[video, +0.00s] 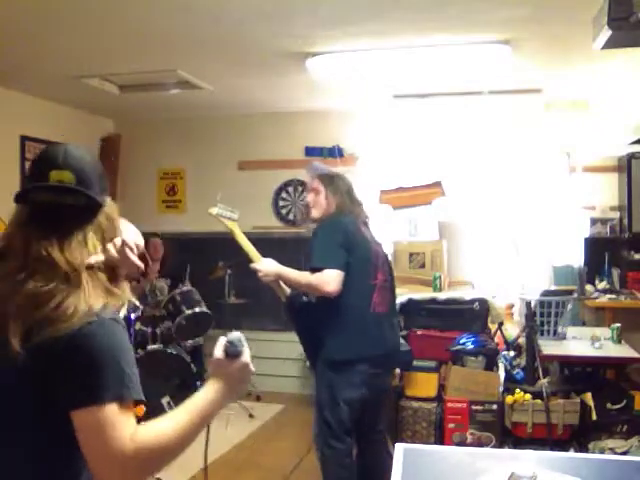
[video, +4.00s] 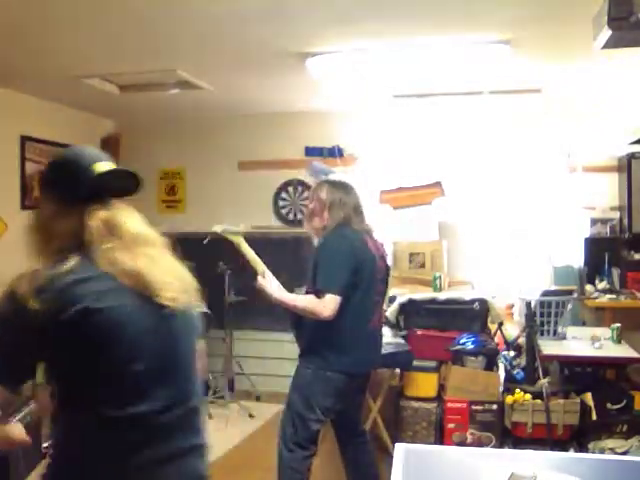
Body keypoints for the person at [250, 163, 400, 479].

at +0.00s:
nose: (307, 199)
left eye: (314, 192)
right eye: (308, 192)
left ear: (333, 196)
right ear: (339, 197)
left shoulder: (333, 228)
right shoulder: (362, 231)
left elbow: (329, 284)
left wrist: (279, 271)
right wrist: (286, 285)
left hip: (347, 356)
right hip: (378, 353)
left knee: (333, 442)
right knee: (372, 436)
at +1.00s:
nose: (349, 205)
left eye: (351, 200)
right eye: (350, 200)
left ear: (359, 200)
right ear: (384, 199)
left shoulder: (365, 228)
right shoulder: (394, 235)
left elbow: (354, 278)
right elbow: (389, 293)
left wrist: (302, 270)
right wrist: (323, 282)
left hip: (356, 348)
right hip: (386, 349)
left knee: (325, 423)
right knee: (375, 429)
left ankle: (321, 475)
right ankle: (377, 476)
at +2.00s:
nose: (362, 202)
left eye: (364, 196)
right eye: (364, 196)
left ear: (369, 198)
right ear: (398, 200)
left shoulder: (367, 230)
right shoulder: (410, 240)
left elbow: (346, 281)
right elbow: (394, 293)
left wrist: (305, 271)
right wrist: (326, 280)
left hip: (355, 346)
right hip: (392, 349)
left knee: (324, 424)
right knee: (376, 431)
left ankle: (320, 474)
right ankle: (375, 476)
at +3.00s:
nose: (306, 220)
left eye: (310, 212)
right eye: (305, 212)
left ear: (326, 211)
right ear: (343, 209)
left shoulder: (331, 241)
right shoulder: (366, 243)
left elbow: (316, 297)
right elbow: (372, 303)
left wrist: (292, 330)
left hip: (323, 354)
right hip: (355, 355)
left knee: (292, 435)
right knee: (349, 429)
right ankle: (364, 474)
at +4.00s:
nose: (308, 207)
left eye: (313, 201)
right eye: (309, 200)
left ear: (330, 207)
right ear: (349, 207)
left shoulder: (338, 241)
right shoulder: (367, 242)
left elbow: (326, 307)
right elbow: (361, 305)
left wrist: (280, 295)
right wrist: (310, 297)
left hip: (327, 362)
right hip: (358, 361)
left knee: (296, 445)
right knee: (352, 433)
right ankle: (368, 476)